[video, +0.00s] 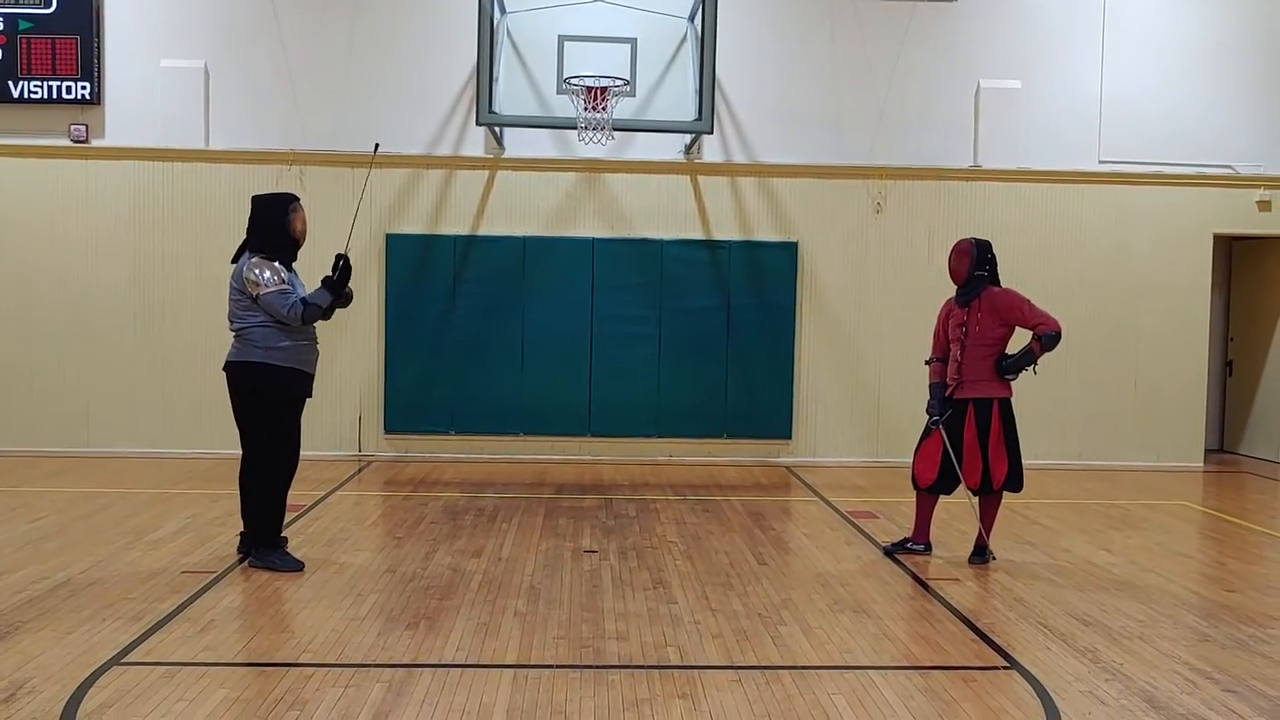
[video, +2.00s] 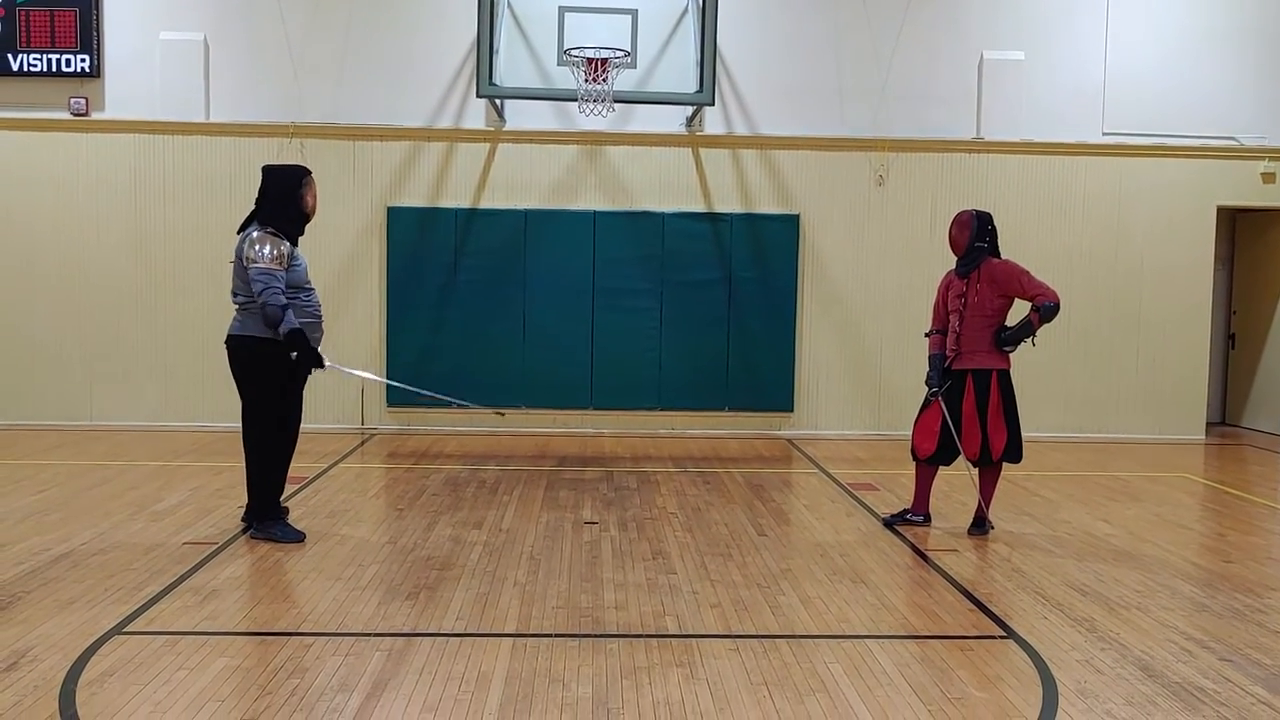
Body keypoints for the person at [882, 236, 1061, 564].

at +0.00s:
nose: (951, 266)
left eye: (957, 259)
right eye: (952, 259)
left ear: (975, 263)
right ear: (970, 264)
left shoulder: (1001, 299)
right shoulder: (950, 307)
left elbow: (1050, 330)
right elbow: (938, 356)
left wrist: (1018, 361)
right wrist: (936, 396)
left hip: (990, 400)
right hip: (952, 401)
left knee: (990, 470)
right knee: (929, 463)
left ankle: (982, 543)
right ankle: (919, 538)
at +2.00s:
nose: (951, 238)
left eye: (957, 231)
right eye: (952, 231)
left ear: (974, 234)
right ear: (972, 235)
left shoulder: (1000, 270)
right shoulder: (950, 279)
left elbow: (1049, 301)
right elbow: (938, 328)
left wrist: (1018, 333)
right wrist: (935, 367)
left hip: (989, 372)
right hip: (951, 372)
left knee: (990, 442)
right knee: (928, 435)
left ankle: (981, 514)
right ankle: (919, 509)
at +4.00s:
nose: (964, 229)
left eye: (970, 222)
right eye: (964, 222)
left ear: (989, 225)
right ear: (974, 226)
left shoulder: (1012, 259)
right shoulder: (965, 270)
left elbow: (1062, 290)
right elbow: (953, 318)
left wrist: (1031, 323)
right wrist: (950, 359)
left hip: (1003, 362)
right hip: (966, 363)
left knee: (1006, 433)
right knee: (943, 426)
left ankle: (999, 505)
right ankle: (936, 501)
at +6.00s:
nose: (960, 184)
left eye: (966, 176)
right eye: (960, 177)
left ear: (987, 179)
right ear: (966, 181)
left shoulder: (1010, 215)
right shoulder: (962, 226)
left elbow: (1059, 247)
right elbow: (950, 278)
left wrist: (1028, 279)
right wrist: (939, 320)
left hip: (1000, 318)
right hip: (963, 318)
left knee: (1003, 389)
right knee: (939, 383)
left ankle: (997, 461)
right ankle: (934, 457)